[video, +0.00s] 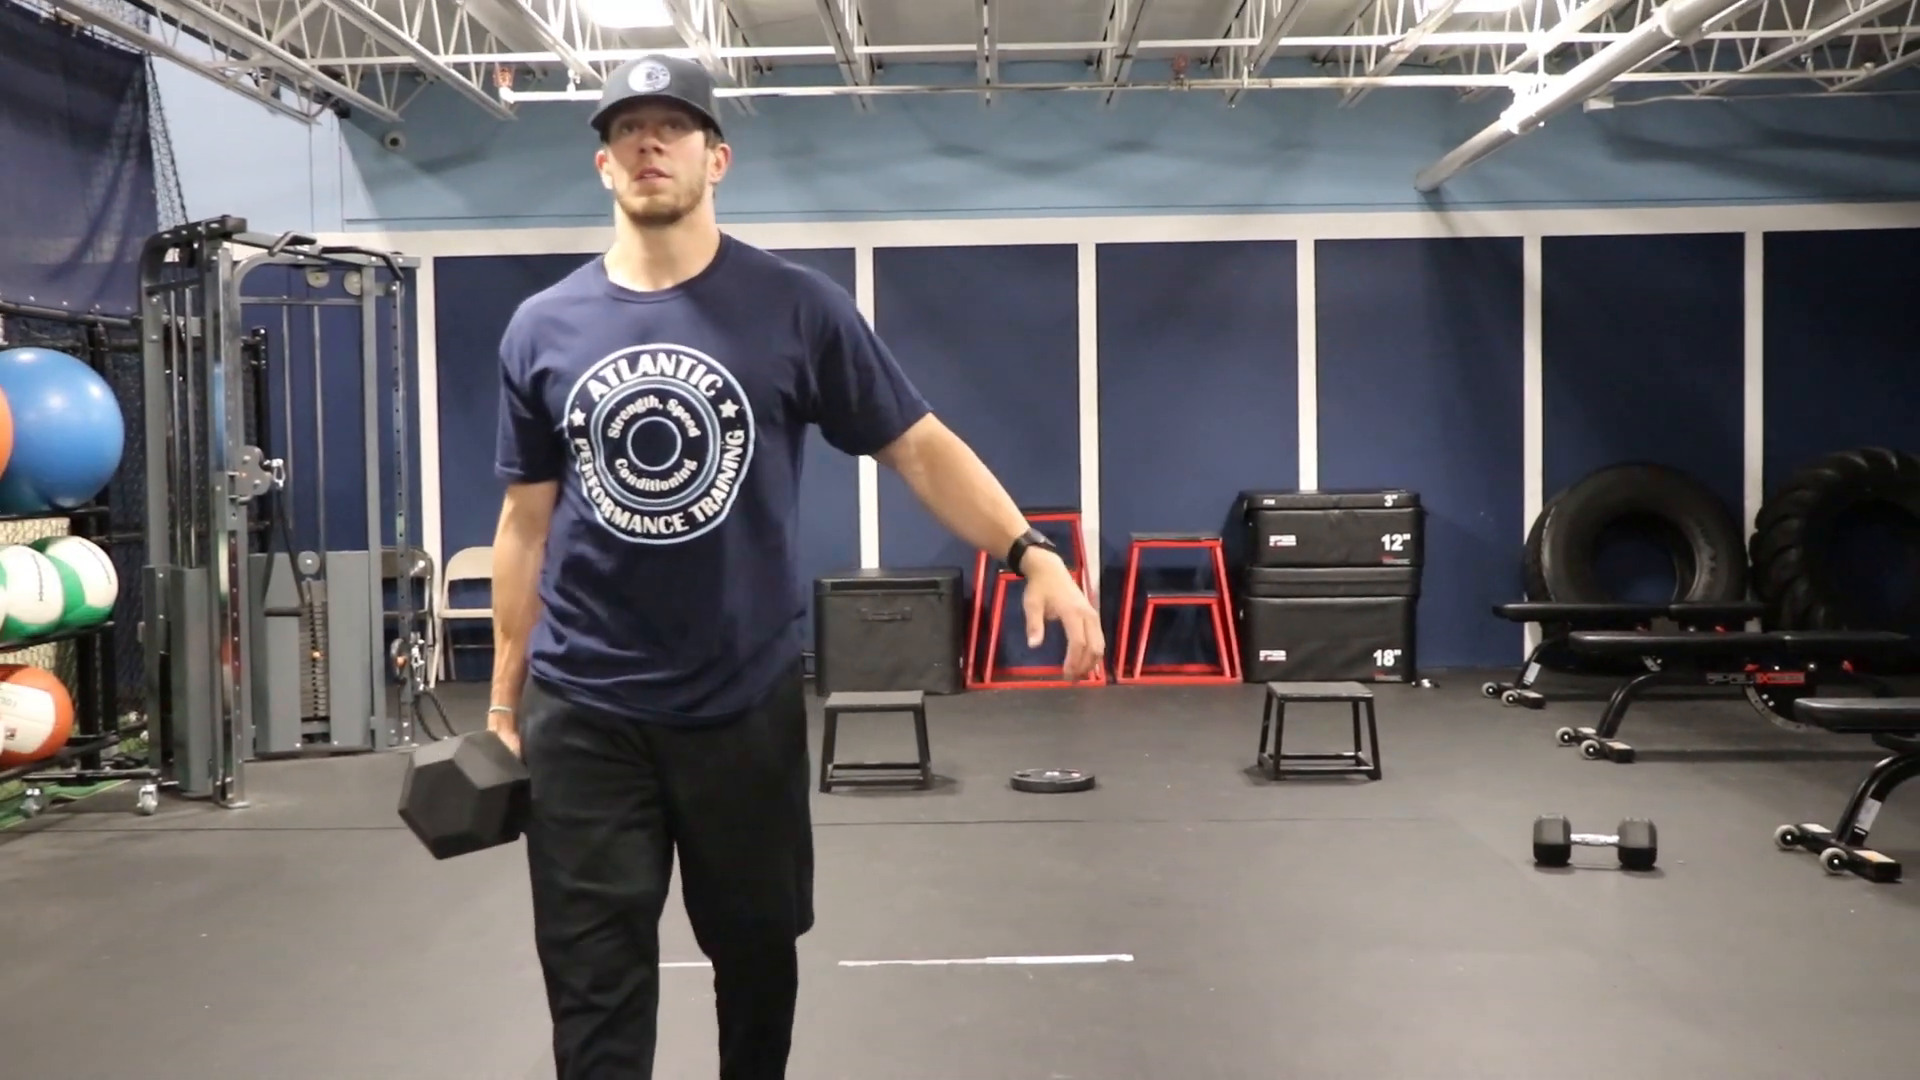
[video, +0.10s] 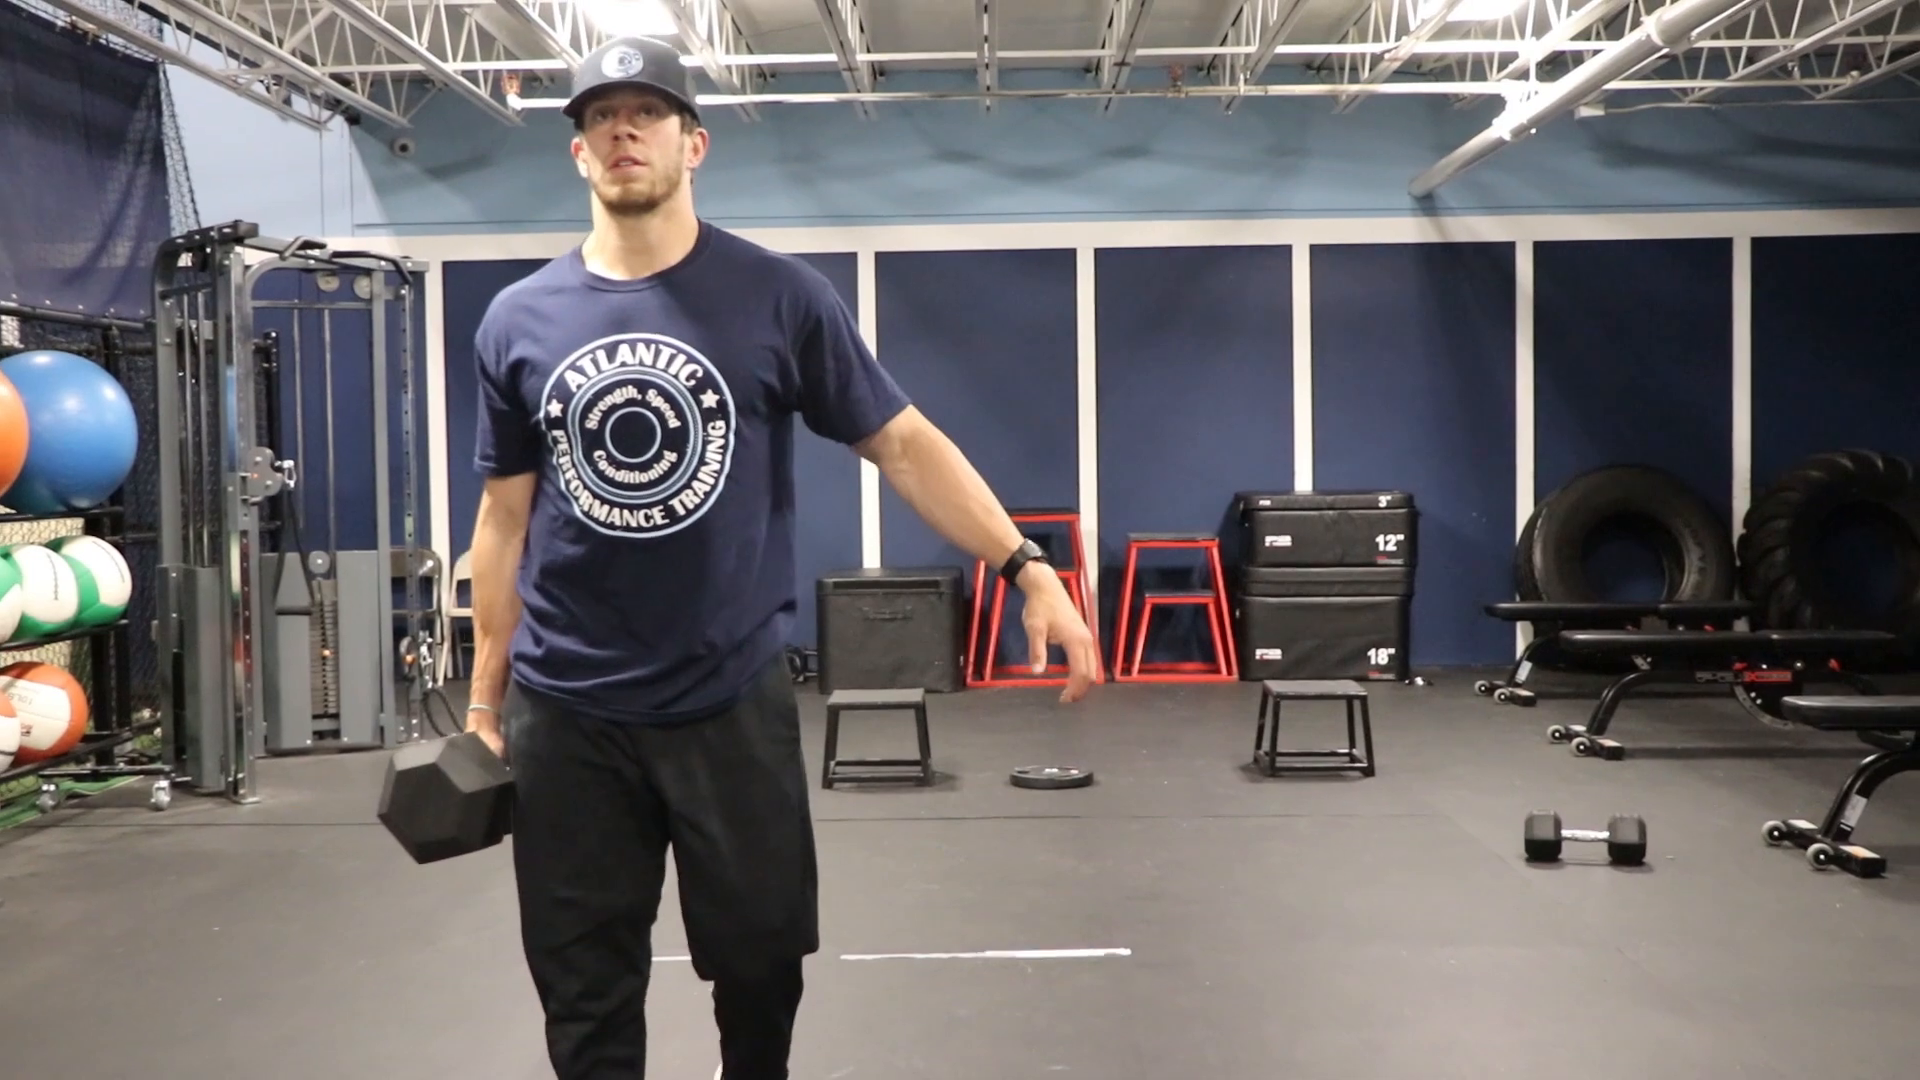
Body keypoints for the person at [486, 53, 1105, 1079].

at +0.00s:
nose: (648, 149)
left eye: (672, 130)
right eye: (627, 135)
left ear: (717, 159)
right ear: (603, 166)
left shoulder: (797, 308)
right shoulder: (542, 329)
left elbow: (922, 448)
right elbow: (523, 526)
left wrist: (1036, 559)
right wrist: (504, 711)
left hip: (742, 700)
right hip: (582, 701)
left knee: (755, 966)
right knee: (592, 993)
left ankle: (753, 1076)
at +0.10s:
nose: (623, 138)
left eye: (647, 116)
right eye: (601, 121)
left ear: (693, 142)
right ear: (578, 151)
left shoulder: (778, 297)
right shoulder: (517, 321)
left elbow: (907, 444)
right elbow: (502, 521)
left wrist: (1034, 572)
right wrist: (482, 714)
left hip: (729, 702)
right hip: (566, 708)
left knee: (759, 972)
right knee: (584, 1006)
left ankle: (752, 1075)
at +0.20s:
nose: (610, 128)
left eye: (636, 107)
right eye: (590, 110)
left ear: (684, 137)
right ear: (566, 140)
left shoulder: (767, 291)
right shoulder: (502, 312)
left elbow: (893, 445)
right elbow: (485, 516)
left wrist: (1021, 582)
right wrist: (461, 717)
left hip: (719, 700)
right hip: (554, 710)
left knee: (746, 990)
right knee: (583, 1012)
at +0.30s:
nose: (608, 124)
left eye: (633, 104)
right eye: (587, 106)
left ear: (681, 136)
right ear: (560, 135)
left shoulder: (765, 295)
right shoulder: (495, 314)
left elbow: (885, 452)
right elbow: (475, 522)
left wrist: (1010, 590)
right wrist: (439, 722)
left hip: (707, 703)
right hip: (543, 711)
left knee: (706, 997)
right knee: (583, 1013)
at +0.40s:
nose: (608, 127)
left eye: (634, 107)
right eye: (587, 108)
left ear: (683, 139)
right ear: (558, 136)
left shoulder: (766, 301)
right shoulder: (493, 315)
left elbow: (887, 462)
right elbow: (467, 523)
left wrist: (1014, 606)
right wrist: (424, 720)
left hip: (695, 718)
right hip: (533, 724)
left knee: (680, 1038)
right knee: (582, 1035)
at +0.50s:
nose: (614, 132)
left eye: (642, 112)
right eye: (593, 112)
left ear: (691, 146)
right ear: (564, 139)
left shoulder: (770, 312)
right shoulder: (488, 320)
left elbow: (895, 477)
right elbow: (462, 527)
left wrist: (1031, 626)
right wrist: (410, 730)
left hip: (681, 729)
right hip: (517, 736)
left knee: (659, 1048)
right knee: (570, 1044)